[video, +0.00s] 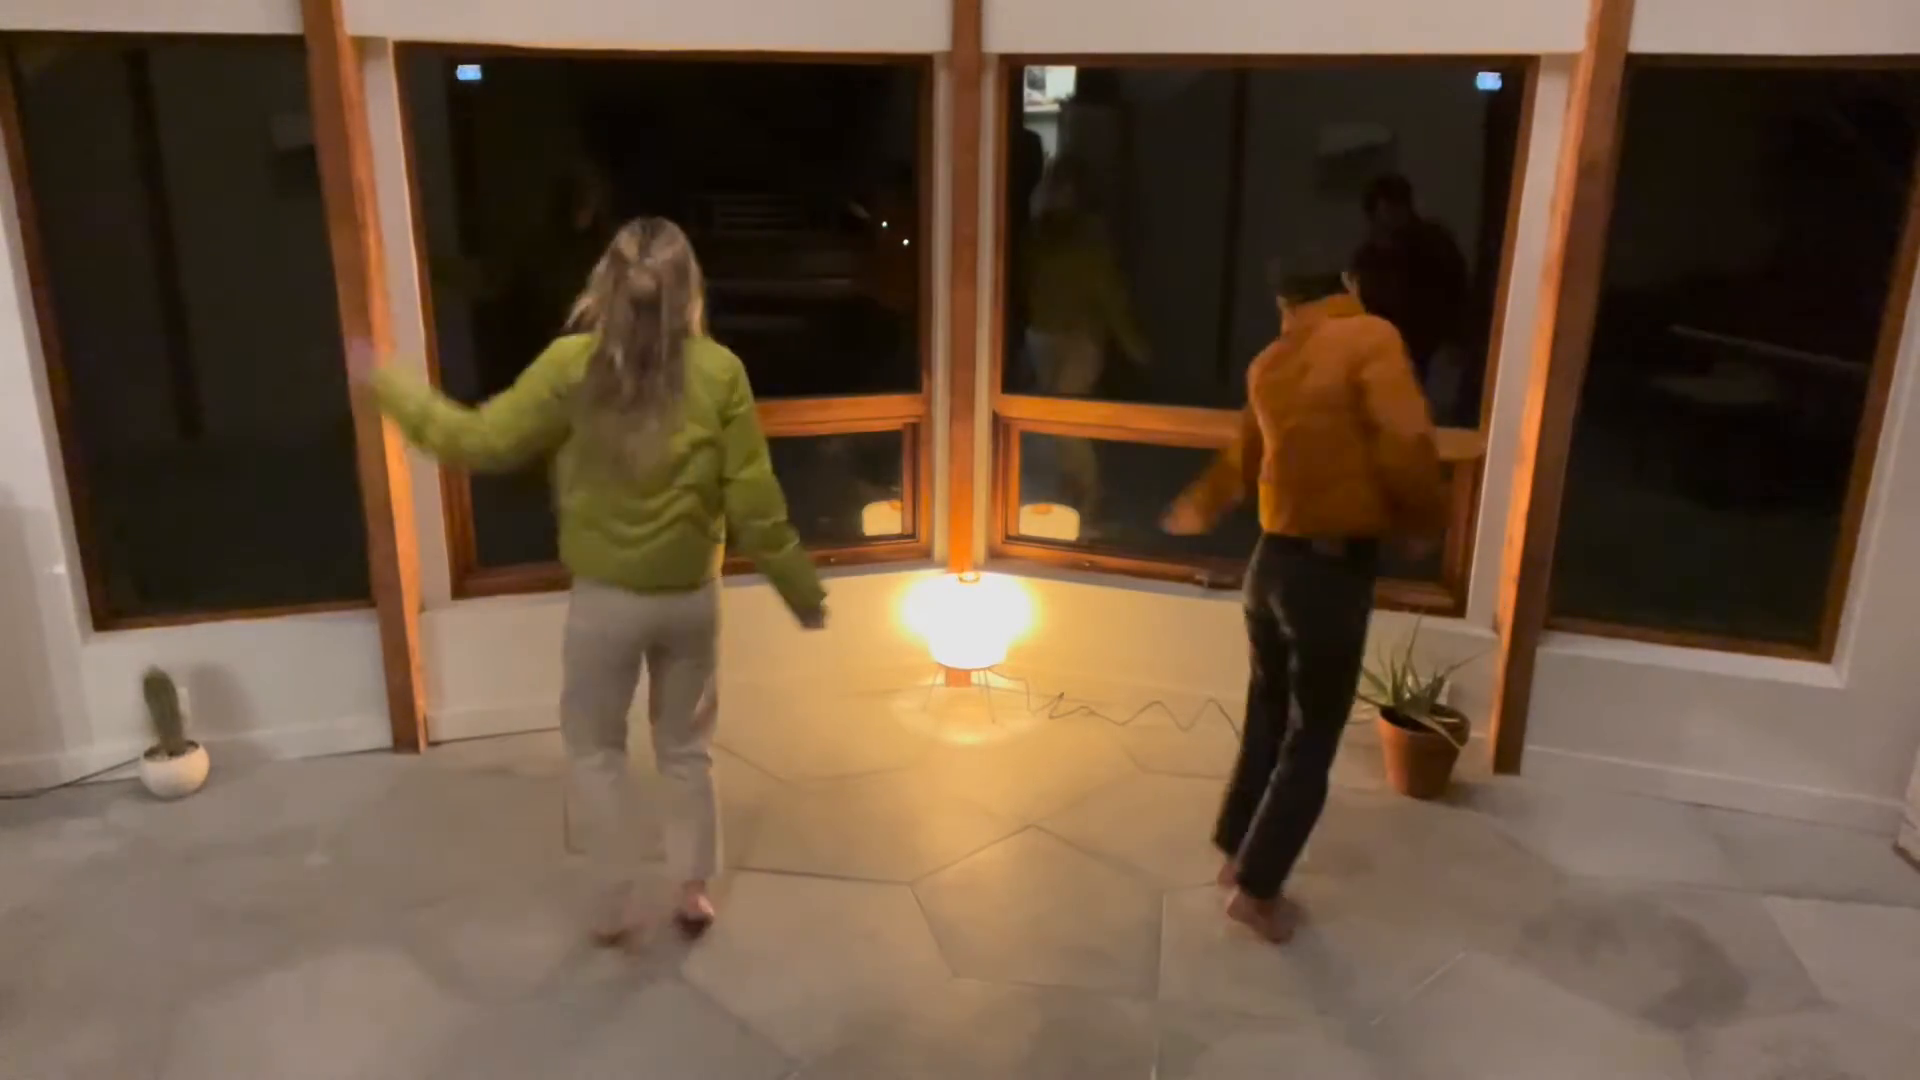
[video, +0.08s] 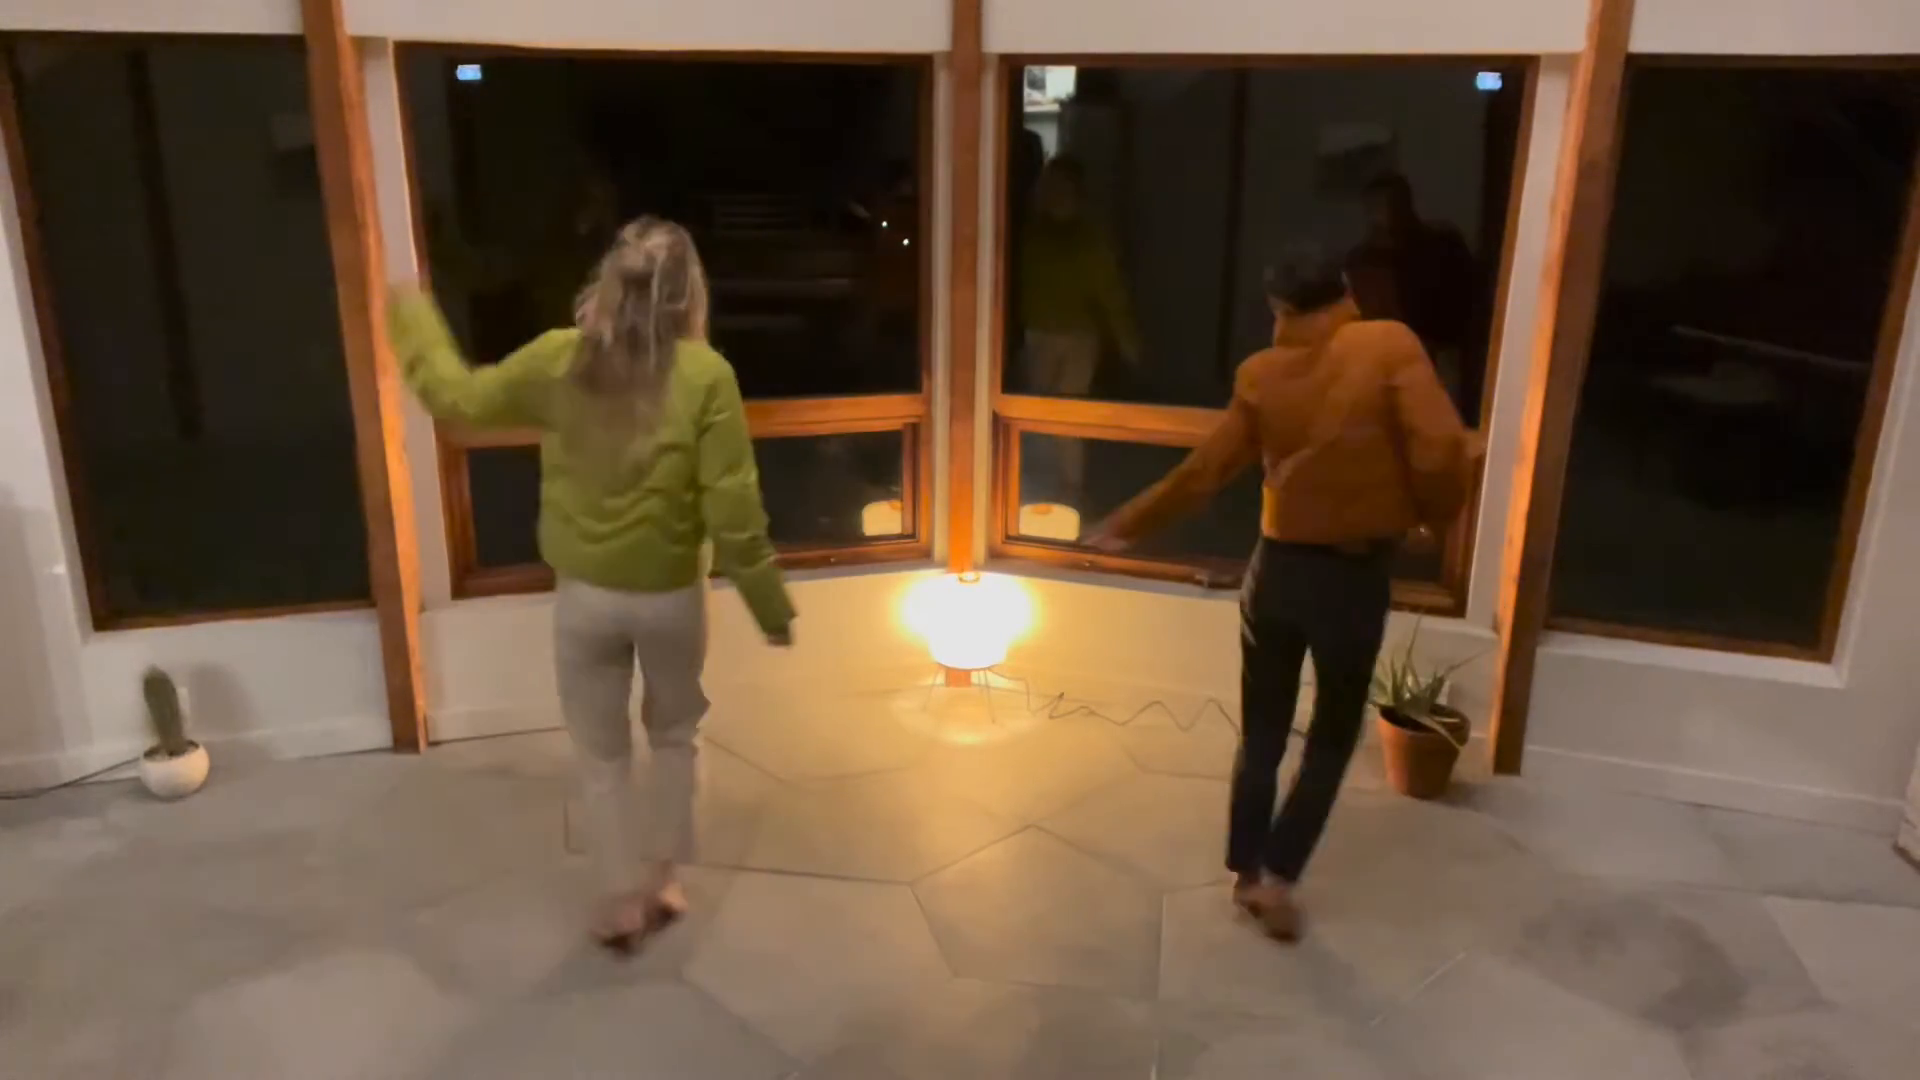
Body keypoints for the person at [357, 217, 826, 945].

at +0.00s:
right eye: (689, 283)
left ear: (606, 287)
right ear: (688, 293)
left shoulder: (570, 366)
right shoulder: (718, 372)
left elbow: (484, 441)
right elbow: (754, 501)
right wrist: (802, 590)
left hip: (606, 606)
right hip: (688, 606)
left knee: (596, 750)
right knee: (685, 749)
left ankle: (618, 899)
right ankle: (693, 887)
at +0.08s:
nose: (702, 303)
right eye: (697, 290)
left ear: (606, 286)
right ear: (688, 297)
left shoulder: (556, 360)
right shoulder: (705, 374)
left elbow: (456, 397)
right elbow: (733, 510)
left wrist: (410, 309)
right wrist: (771, 606)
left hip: (584, 603)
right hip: (670, 605)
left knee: (602, 756)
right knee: (673, 733)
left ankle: (621, 900)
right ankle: (665, 879)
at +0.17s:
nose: (706, 306)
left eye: (704, 294)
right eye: (701, 294)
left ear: (612, 287)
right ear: (685, 298)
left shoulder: (560, 353)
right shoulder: (697, 374)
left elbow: (467, 375)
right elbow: (716, 512)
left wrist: (446, 285)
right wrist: (750, 615)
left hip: (576, 598)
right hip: (661, 601)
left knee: (592, 745)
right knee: (665, 736)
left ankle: (611, 889)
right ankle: (645, 885)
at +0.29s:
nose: (711, 312)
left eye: (710, 300)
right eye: (707, 300)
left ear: (619, 287)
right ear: (687, 301)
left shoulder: (568, 348)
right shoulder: (680, 374)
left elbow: (508, 362)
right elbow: (683, 507)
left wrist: (525, 302)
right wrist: (710, 616)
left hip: (557, 587)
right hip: (634, 594)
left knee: (578, 738)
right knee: (662, 739)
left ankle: (553, 880)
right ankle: (635, 884)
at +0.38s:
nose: (714, 322)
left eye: (714, 309)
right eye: (711, 309)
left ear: (625, 294)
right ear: (688, 307)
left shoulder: (575, 349)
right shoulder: (673, 373)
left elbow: (528, 374)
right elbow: (667, 510)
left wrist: (564, 322)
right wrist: (689, 617)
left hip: (549, 589)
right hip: (621, 595)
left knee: (575, 738)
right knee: (660, 733)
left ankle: (555, 878)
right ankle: (616, 877)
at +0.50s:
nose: (724, 339)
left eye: (725, 325)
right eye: (722, 324)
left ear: (649, 302)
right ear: (699, 316)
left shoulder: (604, 354)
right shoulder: (668, 369)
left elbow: (566, 467)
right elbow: (632, 498)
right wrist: (648, 612)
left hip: (555, 578)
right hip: (599, 584)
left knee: (600, 724)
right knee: (633, 737)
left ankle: (583, 851)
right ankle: (596, 880)